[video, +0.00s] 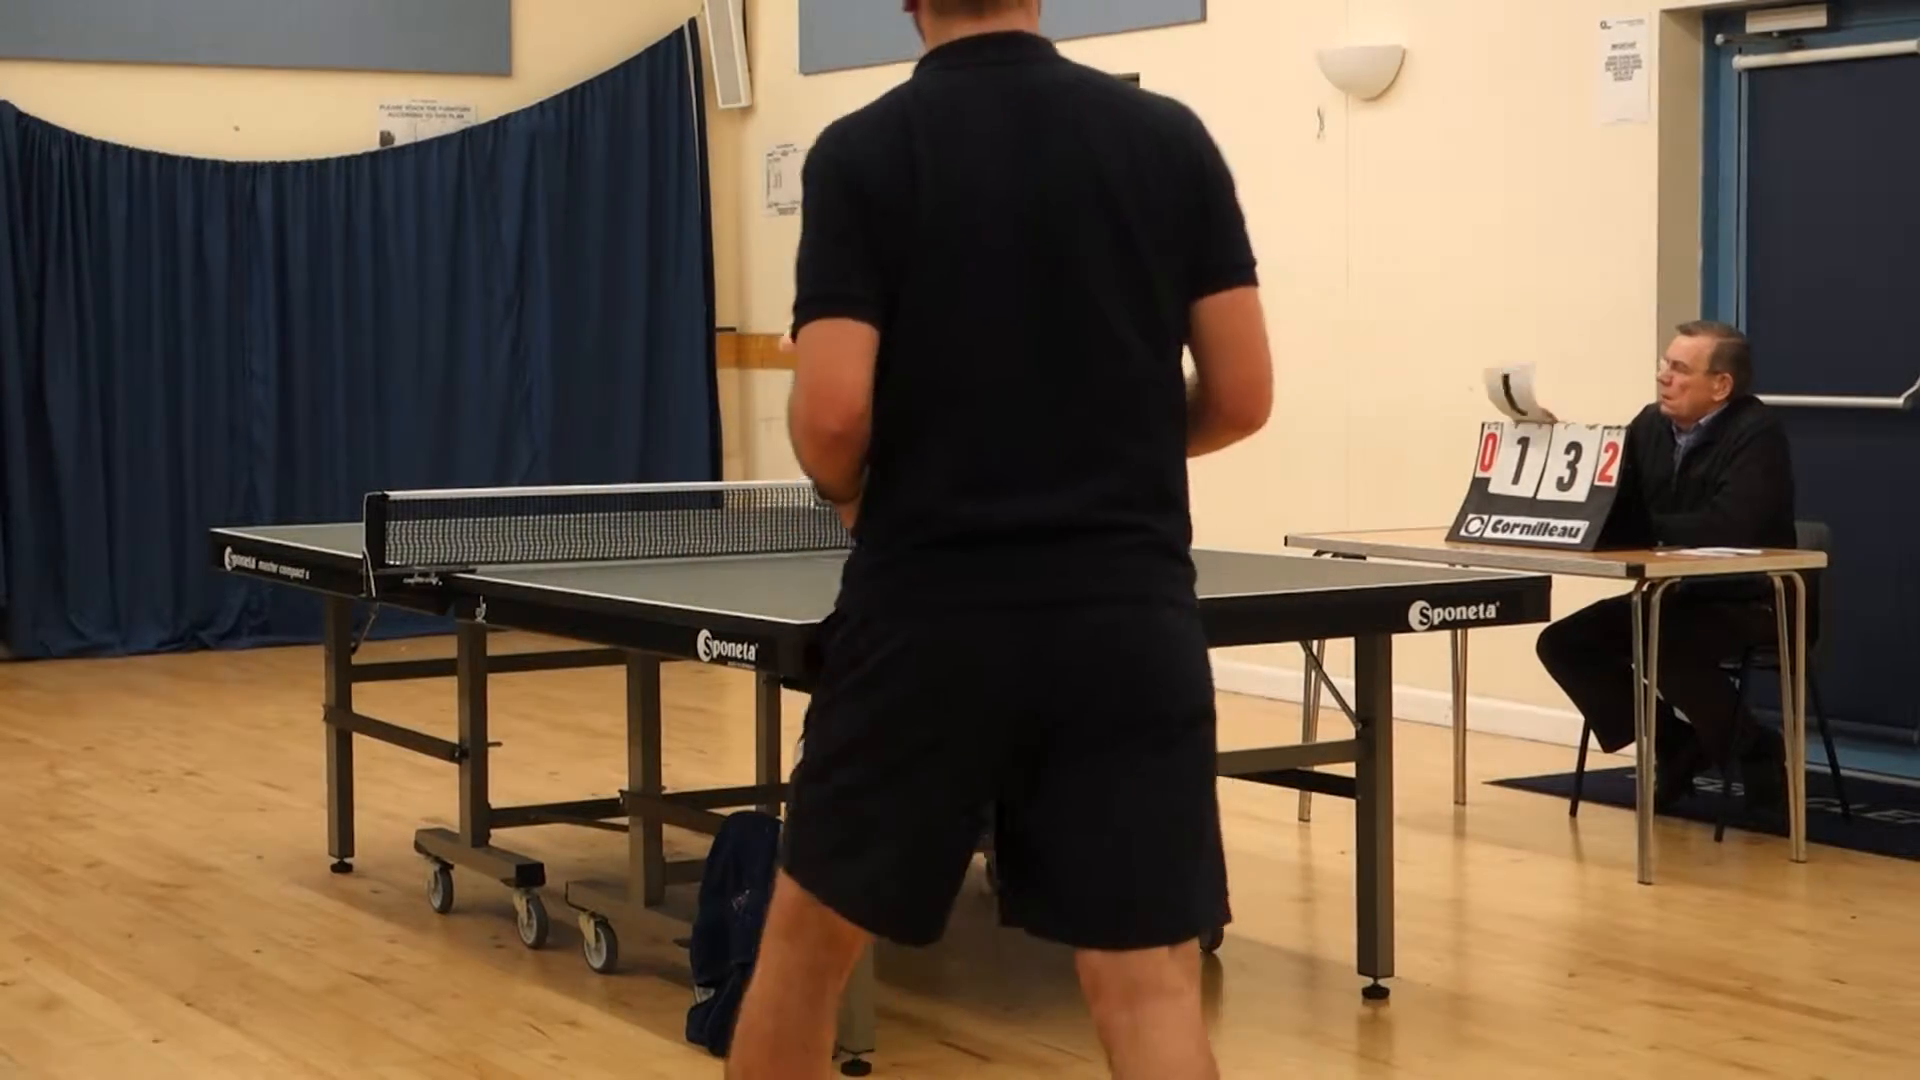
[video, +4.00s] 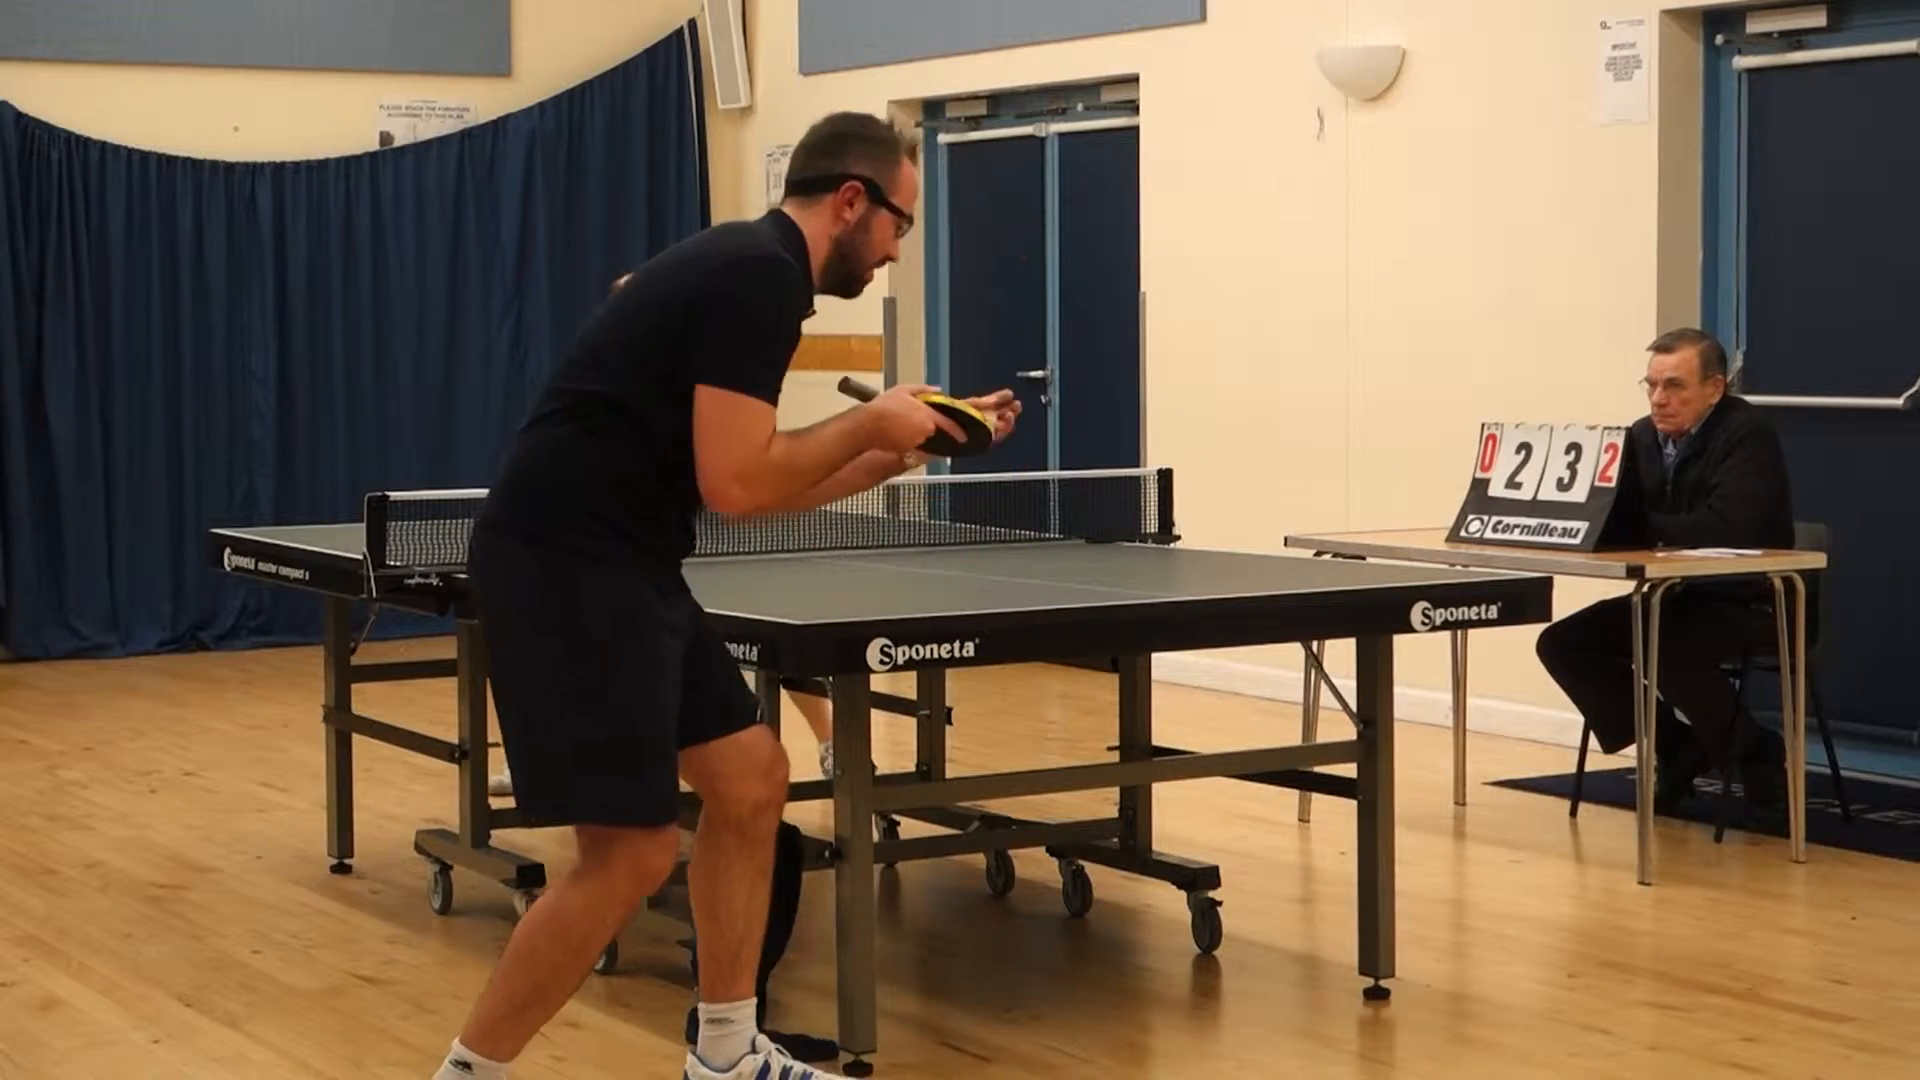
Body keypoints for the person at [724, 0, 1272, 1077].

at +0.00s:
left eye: (910, 13)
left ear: (916, 7)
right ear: (1040, 5)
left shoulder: (864, 148)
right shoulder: (1164, 134)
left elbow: (829, 418)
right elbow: (1238, 397)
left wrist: (852, 490)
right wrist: (1110, 436)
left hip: (925, 634)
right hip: (1130, 630)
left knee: (806, 956)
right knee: (1147, 987)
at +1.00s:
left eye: (536, 20)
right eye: (658, 26)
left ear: (538, 29)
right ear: (663, 35)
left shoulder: (474, 170)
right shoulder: (727, 179)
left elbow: (414, 379)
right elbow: (789, 404)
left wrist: (383, 574)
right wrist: (759, 436)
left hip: (515, 570)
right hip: (673, 575)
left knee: (487, 823)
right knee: (656, 847)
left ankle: (506, 1054)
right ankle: (634, 1072)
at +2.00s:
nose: (684, 158)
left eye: (688, 136)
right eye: (680, 133)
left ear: (607, 120)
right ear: (625, 119)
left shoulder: (542, 203)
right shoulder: (555, 209)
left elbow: (574, 405)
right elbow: (574, 417)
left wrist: (700, 384)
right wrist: (712, 379)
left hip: (446, 542)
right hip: (443, 551)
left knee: (578, 759)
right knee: (547, 807)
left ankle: (417, 999)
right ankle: (451, 1064)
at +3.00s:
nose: (1101, 335)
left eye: (1103, 316)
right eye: (1098, 313)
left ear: (1016, 287)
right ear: (1058, 292)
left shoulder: (913, 322)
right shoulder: (1034, 335)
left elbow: (785, 468)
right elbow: (1116, 527)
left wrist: (896, 584)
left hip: (708, 498)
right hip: (719, 501)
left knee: (768, 767)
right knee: (648, 794)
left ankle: (760, 1051)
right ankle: (420, 1009)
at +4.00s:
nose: (900, 246)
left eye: (907, 223)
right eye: (901, 218)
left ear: (834, 199)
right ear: (852, 200)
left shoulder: (754, 272)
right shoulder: (756, 272)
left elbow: (757, 493)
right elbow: (737, 485)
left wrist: (907, 444)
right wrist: (872, 422)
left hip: (625, 567)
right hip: (560, 567)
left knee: (752, 774)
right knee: (632, 849)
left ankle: (725, 1050)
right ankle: (464, 1070)